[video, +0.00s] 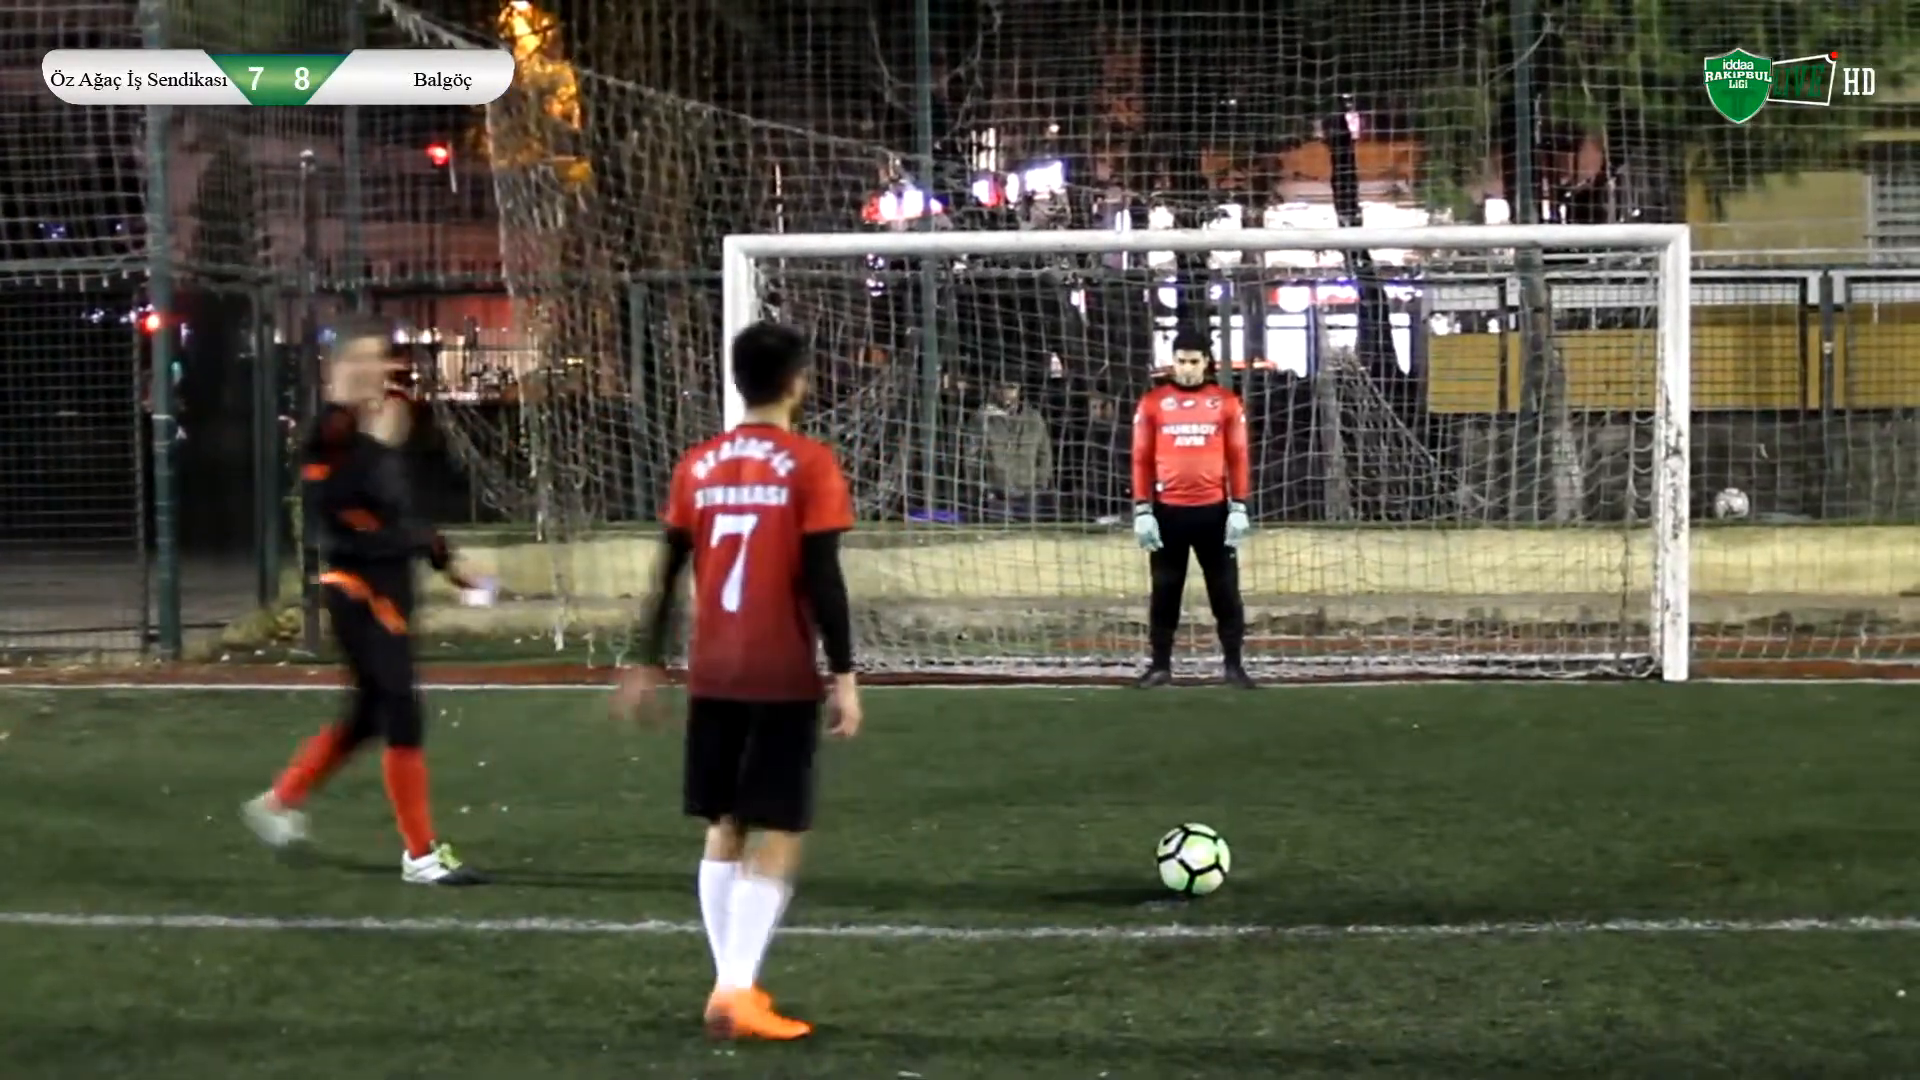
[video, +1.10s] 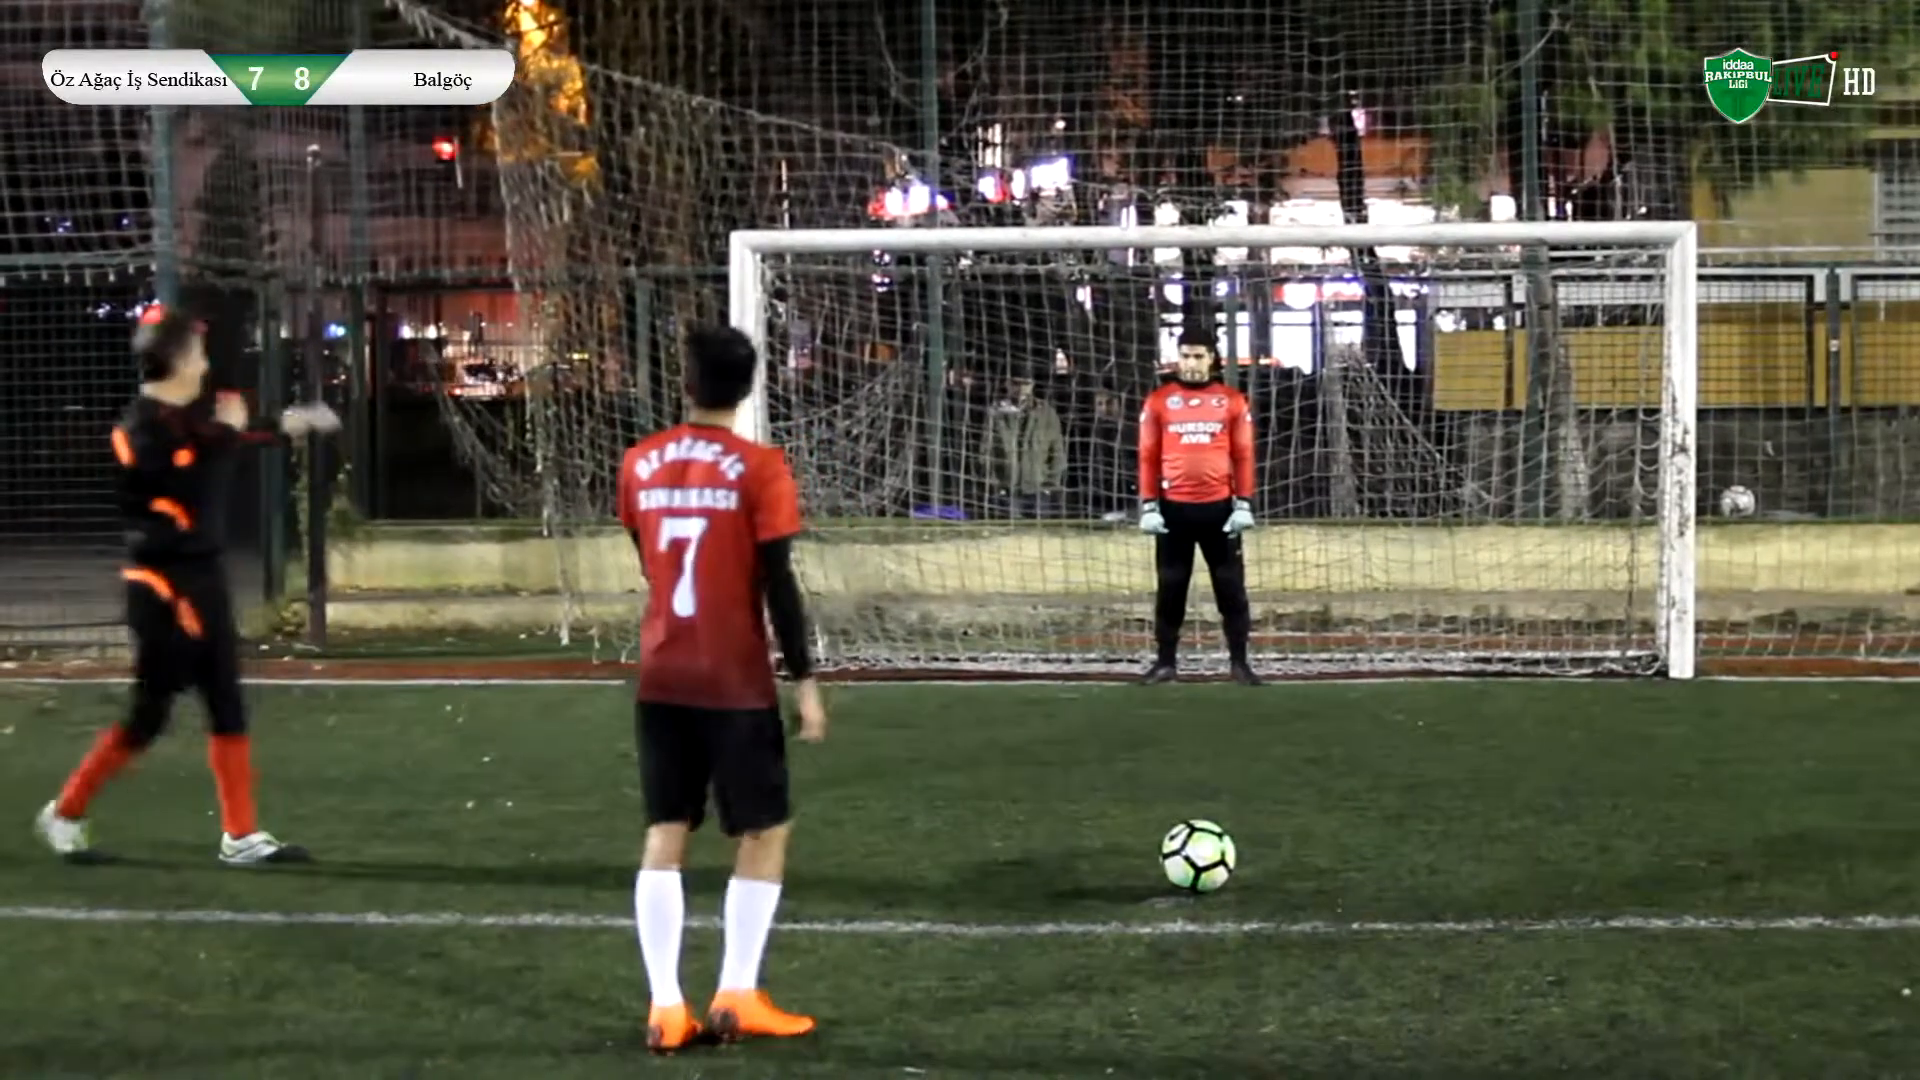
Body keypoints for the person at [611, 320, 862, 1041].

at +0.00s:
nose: (809, 385)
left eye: (805, 374)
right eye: (807, 375)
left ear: (738, 383)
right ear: (794, 383)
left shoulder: (697, 463)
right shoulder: (811, 462)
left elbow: (667, 573)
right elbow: (822, 571)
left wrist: (646, 657)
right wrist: (844, 671)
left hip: (711, 676)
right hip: (783, 677)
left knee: (725, 824)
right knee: (780, 830)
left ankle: (729, 986)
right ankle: (735, 985)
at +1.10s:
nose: (704, 385)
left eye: (694, 373)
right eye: (739, 380)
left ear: (687, 382)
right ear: (749, 387)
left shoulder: (639, 461)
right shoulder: (763, 466)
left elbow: (651, 558)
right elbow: (778, 576)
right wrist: (805, 676)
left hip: (661, 680)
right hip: (738, 683)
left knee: (666, 826)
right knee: (764, 828)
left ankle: (665, 1002)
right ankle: (739, 990)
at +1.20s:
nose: (693, 384)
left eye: (687, 373)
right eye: (729, 380)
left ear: (680, 383)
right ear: (743, 388)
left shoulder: (634, 462)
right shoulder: (756, 466)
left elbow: (646, 558)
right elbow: (765, 580)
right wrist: (788, 678)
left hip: (653, 679)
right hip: (732, 682)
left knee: (662, 828)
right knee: (768, 819)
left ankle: (665, 1002)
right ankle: (744, 983)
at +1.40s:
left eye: (688, 372)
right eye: (733, 380)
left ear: (676, 381)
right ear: (739, 386)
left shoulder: (627, 458)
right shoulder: (750, 465)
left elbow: (633, 566)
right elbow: (751, 581)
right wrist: (771, 680)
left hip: (650, 679)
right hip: (727, 680)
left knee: (661, 828)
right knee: (760, 819)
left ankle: (664, 1002)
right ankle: (763, 985)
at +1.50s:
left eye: (697, 371)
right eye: (735, 379)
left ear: (677, 380)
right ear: (740, 385)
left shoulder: (628, 457)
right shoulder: (749, 465)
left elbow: (628, 571)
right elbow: (750, 582)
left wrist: (692, 592)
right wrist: (771, 680)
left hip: (650, 678)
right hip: (728, 679)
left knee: (661, 830)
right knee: (756, 825)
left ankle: (665, 1001)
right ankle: (768, 986)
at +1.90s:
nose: (738, 391)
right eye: (741, 380)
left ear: (675, 383)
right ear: (741, 387)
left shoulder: (628, 460)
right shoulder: (746, 464)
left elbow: (606, 571)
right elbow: (751, 571)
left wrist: (592, 661)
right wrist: (777, 672)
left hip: (649, 679)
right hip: (727, 679)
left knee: (659, 829)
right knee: (750, 828)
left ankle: (663, 1001)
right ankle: (764, 987)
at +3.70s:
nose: (837, 434)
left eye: (835, 422)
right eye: (835, 423)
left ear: (774, 419)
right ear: (822, 425)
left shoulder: (710, 480)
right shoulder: (816, 484)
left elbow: (670, 584)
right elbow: (797, 575)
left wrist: (706, 645)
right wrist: (799, 675)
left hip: (694, 682)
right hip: (764, 682)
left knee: (687, 830)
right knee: (829, 794)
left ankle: (665, 1001)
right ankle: (809, 958)